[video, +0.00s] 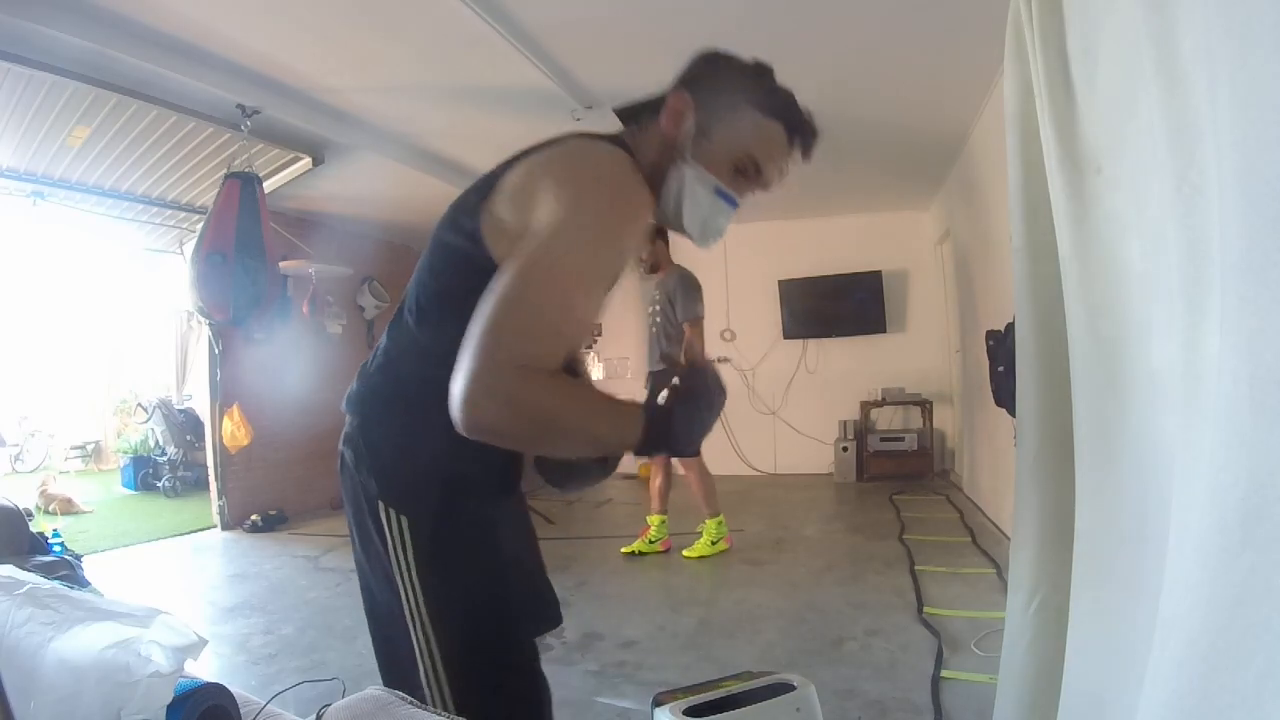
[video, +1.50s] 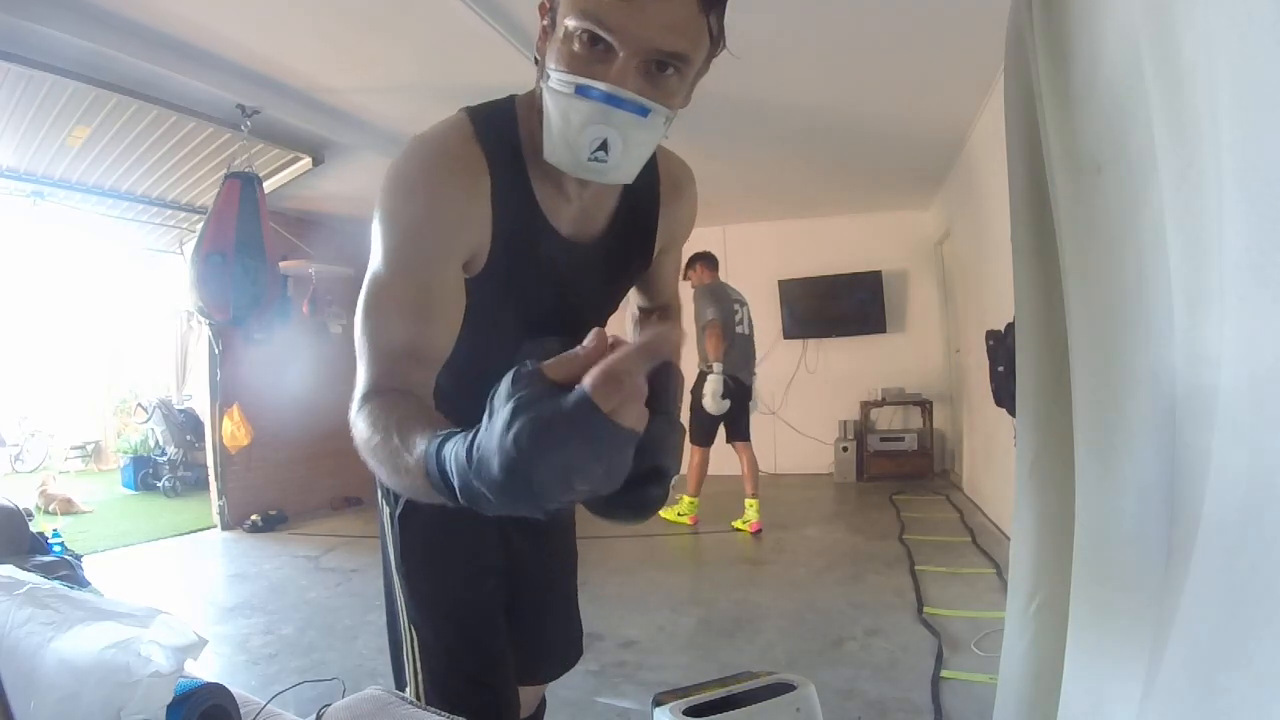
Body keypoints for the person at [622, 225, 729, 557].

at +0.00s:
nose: (639, 257)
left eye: (644, 249)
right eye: (636, 250)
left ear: (662, 245)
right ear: (638, 251)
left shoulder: (682, 281)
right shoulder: (651, 284)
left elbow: (694, 333)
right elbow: (656, 333)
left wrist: (687, 378)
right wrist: (653, 375)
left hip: (682, 376)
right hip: (657, 377)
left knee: (688, 456)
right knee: (658, 456)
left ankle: (716, 529)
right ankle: (657, 530)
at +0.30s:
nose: (651, 266)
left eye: (652, 258)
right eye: (648, 260)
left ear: (670, 249)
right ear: (669, 251)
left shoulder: (699, 284)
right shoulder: (684, 285)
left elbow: (716, 338)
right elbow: (688, 335)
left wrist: (701, 377)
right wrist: (673, 369)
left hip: (711, 375)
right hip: (694, 374)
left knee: (714, 452)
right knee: (685, 448)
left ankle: (720, 532)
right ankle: (674, 522)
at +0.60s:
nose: (670, 265)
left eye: (671, 257)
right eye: (669, 258)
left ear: (686, 251)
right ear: (693, 252)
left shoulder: (705, 284)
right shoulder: (717, 282)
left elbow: (711, 339)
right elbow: (718, 337)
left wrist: (685, 376)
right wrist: (686, 367)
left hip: (717, 375)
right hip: (725, 374)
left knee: (717, 454)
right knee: (722, 450)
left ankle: (719, 533)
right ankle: (738, 512)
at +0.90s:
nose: (690, 272)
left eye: (691, 265)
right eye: (689, 266)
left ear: (701, 259)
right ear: (715, 259)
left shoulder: (708, 286)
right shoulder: (741, 289)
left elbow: (711, 334)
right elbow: (756, 341)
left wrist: (691, 374)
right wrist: (754, 376)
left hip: (720, 379)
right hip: (744, 378)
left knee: (719, 454)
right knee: (743, 447)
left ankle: (718, 533)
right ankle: (751, 515)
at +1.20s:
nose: (697, 280)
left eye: (697, 273)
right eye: (695, 275)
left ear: (708, 265)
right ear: (720, 266)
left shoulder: (714, 288)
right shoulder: (745, 294)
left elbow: (719, 329)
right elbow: (759, 342)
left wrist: (709, 375)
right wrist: (767, 380)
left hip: (722, 379)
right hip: (748, 380)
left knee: (701, 444)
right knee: (746, 445)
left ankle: (710, 522)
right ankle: (752, 516)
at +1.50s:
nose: (690, 283)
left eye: (690, 277)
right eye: (689, 278)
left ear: (701, 269)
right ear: (714, 270)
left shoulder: (705, 292)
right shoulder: (735, 295)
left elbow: (713, 330)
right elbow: (747, 342)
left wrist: (716, 373)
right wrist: (747, 380)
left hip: (714, 378)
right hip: (740, 380)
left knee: (699, 444)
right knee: (742, 444)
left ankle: (688, 508)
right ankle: (752, 514)